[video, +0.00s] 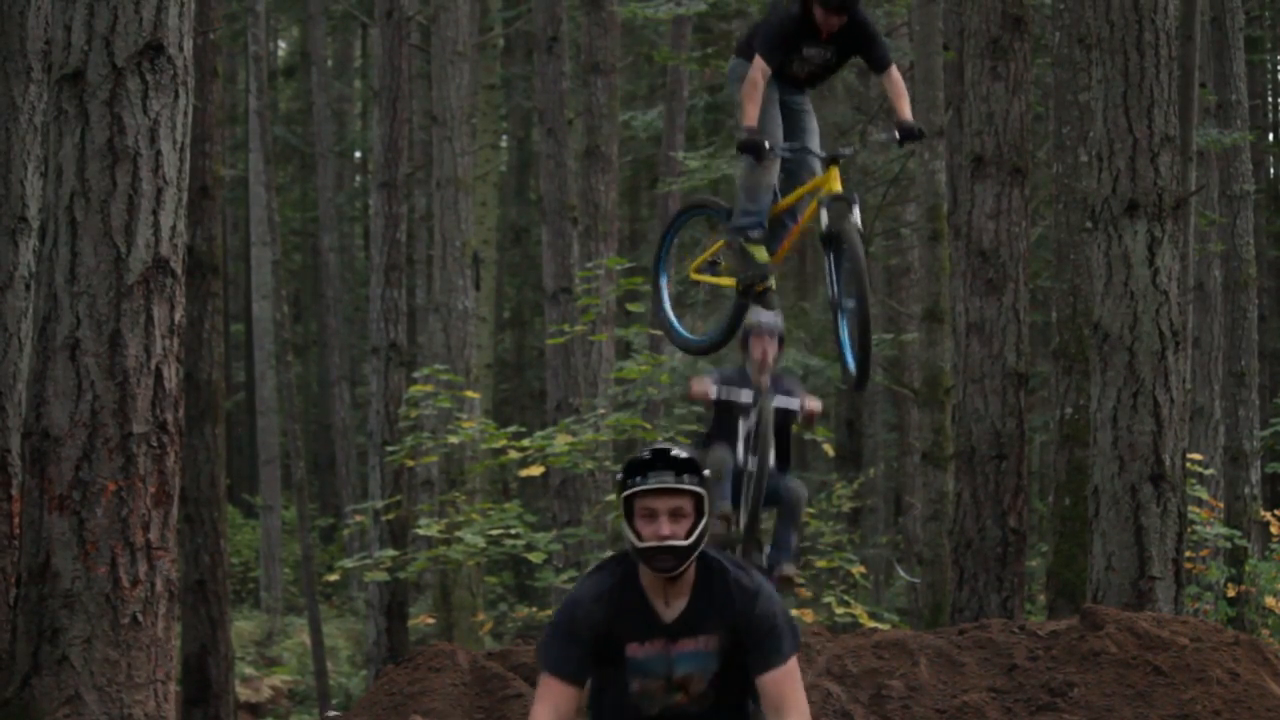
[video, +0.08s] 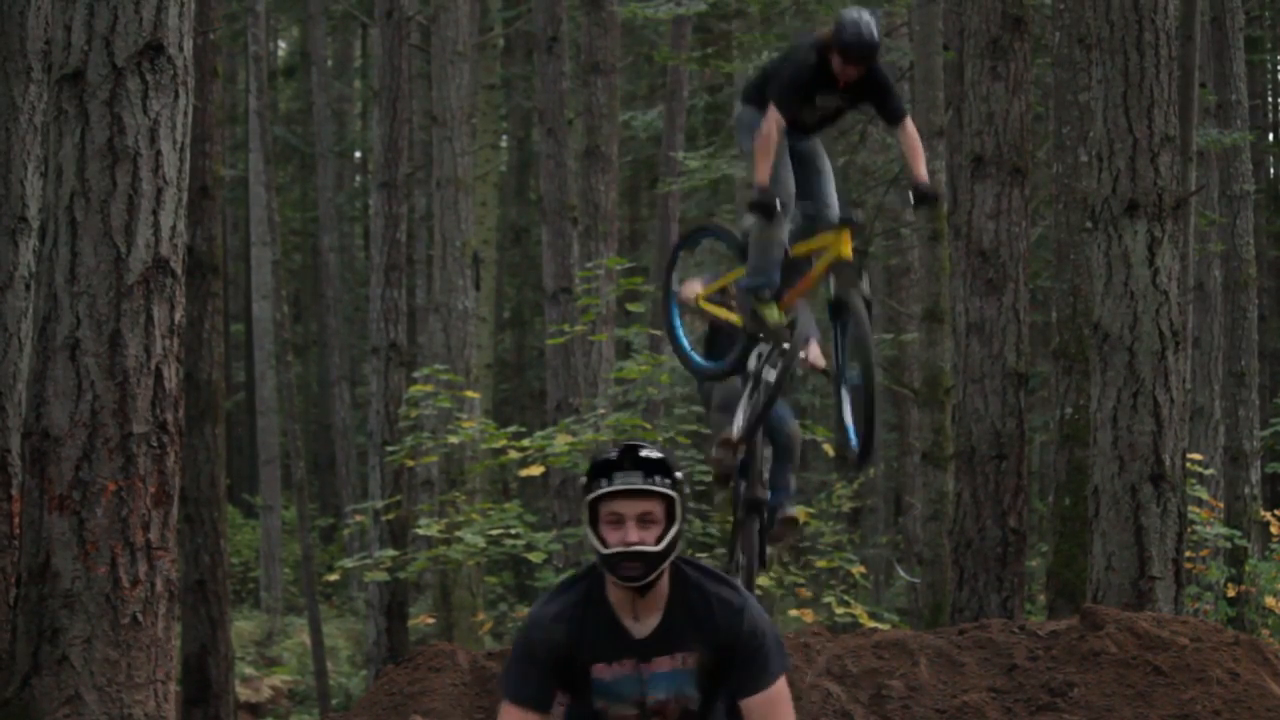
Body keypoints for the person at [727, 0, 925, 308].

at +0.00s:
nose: (832, 21)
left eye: (840, 16)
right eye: (826, 13)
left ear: (849, 12)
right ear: (812, 6)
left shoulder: (857, 25)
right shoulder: (787, 18)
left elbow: (889, 71)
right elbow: (757, 73)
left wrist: (905, 119)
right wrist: (749, 131)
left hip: (795, 90)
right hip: (756, 75)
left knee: (807, 171)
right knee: (767, 148)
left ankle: (771, 245)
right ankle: (748, 233)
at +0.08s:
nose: (850, 71)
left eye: (859, 66)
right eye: (845, 62)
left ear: (870, 62)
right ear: (832, 51)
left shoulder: (871, 76)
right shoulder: (805, 62)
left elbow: (904, 124)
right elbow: (772, 123)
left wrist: (921, 182)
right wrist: (761, 187)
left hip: (801, 134)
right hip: (759, 120)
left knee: (825, 216)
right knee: (778, 200)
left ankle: (789, 285)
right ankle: (759, 292)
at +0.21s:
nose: (866, 158)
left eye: (875, 152)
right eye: (862, 147)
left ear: (888, 149)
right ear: (852, 135)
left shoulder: (888, 158)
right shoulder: (821, 144)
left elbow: (920, 215)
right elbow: (788, 209)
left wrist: (940, 278)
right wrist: (778, 279)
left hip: (810, 200)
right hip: (765, 188)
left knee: (837, 289)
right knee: (786, 280)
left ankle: (797, 353)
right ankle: (770, 374)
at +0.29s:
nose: (882, 288)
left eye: (892, 281)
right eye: (880, 277)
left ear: (906, 270)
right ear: (868, 258)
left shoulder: (901, 271)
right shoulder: (836, 254)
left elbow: (929, 334)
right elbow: (805, 329)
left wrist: (954, 401)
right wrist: (803, 401)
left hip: (823, 295)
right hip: (779, 286)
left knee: (841, 389)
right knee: (789, 382)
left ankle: (820, 461)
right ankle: (795, 483)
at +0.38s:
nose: (887, 365)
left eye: (896, 360)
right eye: (888, 357)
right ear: (877, 337)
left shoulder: (908, 336)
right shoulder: (836, 332)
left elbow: (930, 371)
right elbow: (789, 395)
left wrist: (933, 420)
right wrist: (838, 448)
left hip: (837, 365)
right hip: (786, 362)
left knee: (870, 452)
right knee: (805, 468)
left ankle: (812, 492)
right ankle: (804, 578)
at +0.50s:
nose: (924, 489)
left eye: (931, 485)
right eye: (928, 481)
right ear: (917, 465)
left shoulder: (903, 410)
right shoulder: (877, 463)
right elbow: (854, 549)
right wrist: (892, 590)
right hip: (778, 453)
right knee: (831, 544)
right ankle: (801, 604)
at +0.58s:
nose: (949, 557)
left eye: (955, 554)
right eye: (955, 551)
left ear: (948, 508)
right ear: (951, 540)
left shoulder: (913, 486)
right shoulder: (903, 536)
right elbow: (895, 627)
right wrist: (949, 652)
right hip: (780, 531)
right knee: (829, 642)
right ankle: (781, 611)